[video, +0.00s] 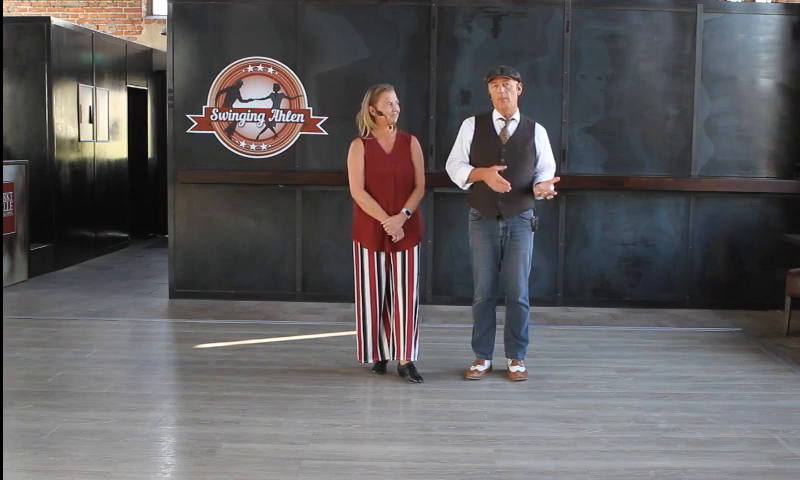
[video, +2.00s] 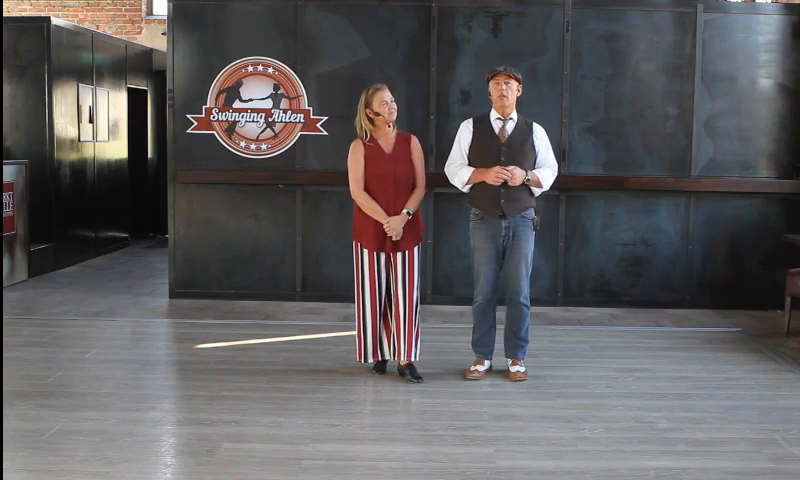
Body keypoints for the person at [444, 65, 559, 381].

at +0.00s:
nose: (501, 92)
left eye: (507, 86)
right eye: (496, 87)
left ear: (518, 90)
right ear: (489, 92)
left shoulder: (536, 131)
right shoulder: (472, 126)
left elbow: (545, 171)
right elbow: (454, 167)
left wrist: (542, 186)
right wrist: (482, 173)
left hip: (521, 219)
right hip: (482, 219)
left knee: (517, 293)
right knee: (484, 292)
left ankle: (516, 359)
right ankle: (482, 358)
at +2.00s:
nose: (503, 91)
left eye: (508, 86)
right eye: (497, 86)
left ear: (518, 91)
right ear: (489, 91)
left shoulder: (534, 131)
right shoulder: (470, 127)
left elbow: (549, 171)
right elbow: (452, 169)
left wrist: (525, 176)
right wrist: (482, 174)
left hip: (521, 221)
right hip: (483, 221)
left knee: (518, 293)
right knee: (484, 292)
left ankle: (516, 359)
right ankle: (482, 358)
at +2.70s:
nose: (502, 90)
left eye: (508, 85)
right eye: (496, 85)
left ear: (518, 90)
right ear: (489, 91)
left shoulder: (535, 130)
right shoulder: (471, 128)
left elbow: (550, 171)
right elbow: (454, 168)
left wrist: (523, 177)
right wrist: (479, 175)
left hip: (521, 220)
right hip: (482, 220)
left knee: (518, 292)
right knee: (484, 292)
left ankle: (516, 359)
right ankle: (482, 358)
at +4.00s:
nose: (500, 90)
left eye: (505, 85)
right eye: (495, 86)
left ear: (516, 90)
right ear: (487, 92)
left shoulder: (534, 130)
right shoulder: (470, 128)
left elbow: (551, 170)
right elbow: (454, 170)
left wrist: (531, 174)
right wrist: (472, 173)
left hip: (521, 220)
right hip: (482, 220)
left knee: (518, 292)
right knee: (484, 292)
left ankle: (516, 359)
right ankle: (482, 358)